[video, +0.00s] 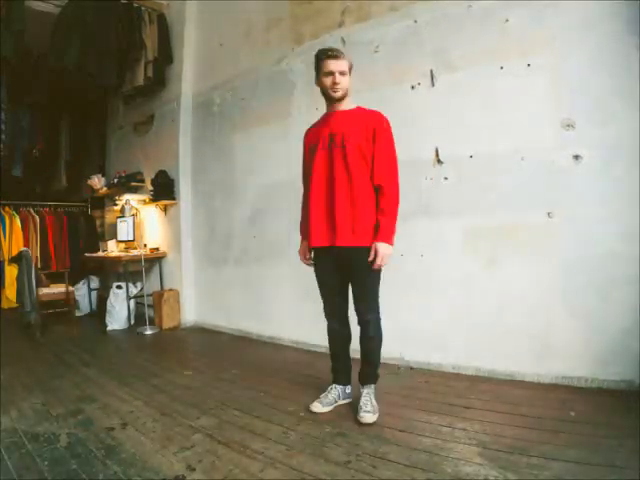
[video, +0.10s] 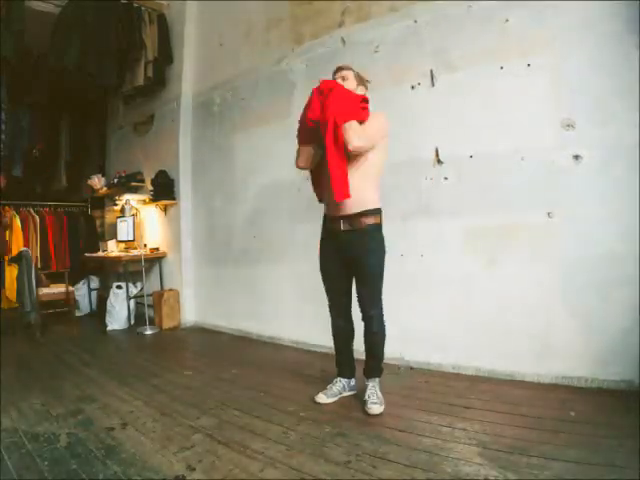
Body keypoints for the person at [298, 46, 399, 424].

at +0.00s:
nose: (336, 80)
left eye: (342, 73)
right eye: (329, 74)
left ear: (351, 76)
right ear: (319, 81)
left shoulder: (375, 123)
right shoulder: (313, 133)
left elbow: (388, 185)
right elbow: (309, 190)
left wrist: (385, 237)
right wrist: (305, 236)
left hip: (363, 240)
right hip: (325, 242)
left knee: (367, 317)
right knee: (335, 318)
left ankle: (368, 388)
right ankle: (342, 385)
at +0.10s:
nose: (336, 85)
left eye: (344, 80)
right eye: (333, 81)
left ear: (361, 91)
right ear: (328, 90)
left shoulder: (377, 122)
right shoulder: (325, 129)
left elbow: (354, 143)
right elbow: (302, 161)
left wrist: (337, 104)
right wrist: (315, 112)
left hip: (366, 231)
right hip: (332, 231)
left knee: (371, 310)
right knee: (338, 310)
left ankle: (372, 382)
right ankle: (345, 378)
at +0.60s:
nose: (308, 67)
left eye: (314, 63)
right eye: (301, 62)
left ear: (321, 76)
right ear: (289, 74)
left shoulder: (342, 122)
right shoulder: (270, 129)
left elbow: (355, 184)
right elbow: (260, 188)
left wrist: (354, 238)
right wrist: (259, 238)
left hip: (330, 237)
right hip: (286, 239)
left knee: (342, 320)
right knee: (297, 320)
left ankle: (355, 408)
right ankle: (302, 396)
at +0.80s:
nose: (330, 75)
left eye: (336, 69)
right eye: (323, 70)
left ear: (349, 74)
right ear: (316, 79)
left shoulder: (370, 126)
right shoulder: (303, 130)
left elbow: (385, 181)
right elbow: (293, 186)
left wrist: (391, 231)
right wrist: (297, 236)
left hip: (365, 237)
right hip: (322, 239)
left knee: (365, 315)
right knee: (328, 316)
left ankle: (364, 384)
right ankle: (333, 387)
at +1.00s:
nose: (298, 79)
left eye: (304, 72)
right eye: (298, 73)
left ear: (327, 75)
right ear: (316, 78)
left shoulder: (361, 114)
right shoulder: (305, 130)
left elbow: (378, 172)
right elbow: (299, 178)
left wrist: (325, 191)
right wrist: (294, 192)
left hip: (349, 233)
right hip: (311, 233)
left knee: (355, 315)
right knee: (318, 314)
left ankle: (362, 401)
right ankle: (321, 388)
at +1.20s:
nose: (291, 66)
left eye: (300, 61)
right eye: (290, 62)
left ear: (322, 70)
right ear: (293, 74)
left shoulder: (353, 113)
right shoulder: (287, 130)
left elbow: (378, 175)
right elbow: (280, 185)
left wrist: (369, 228)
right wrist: (276, 230)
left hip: (343, 238)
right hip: (300, 241)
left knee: (350, 323)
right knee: (307, 322)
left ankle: (359, 410)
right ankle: (310, 398)